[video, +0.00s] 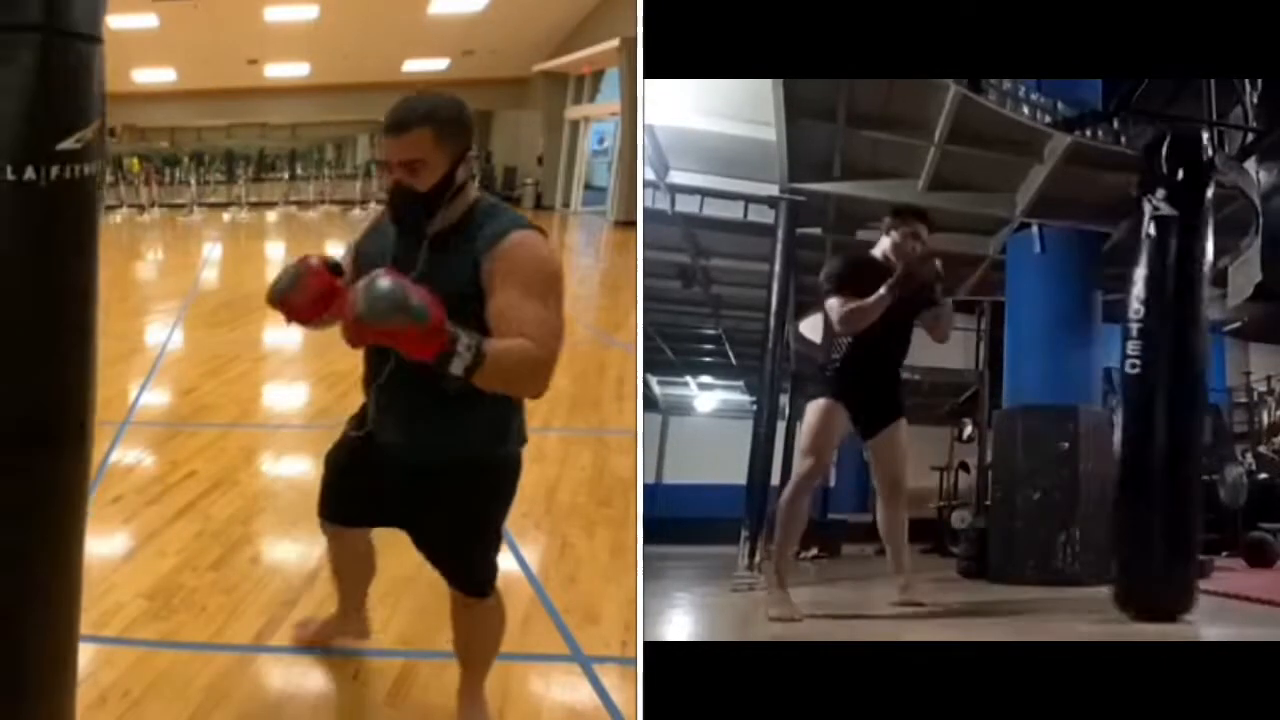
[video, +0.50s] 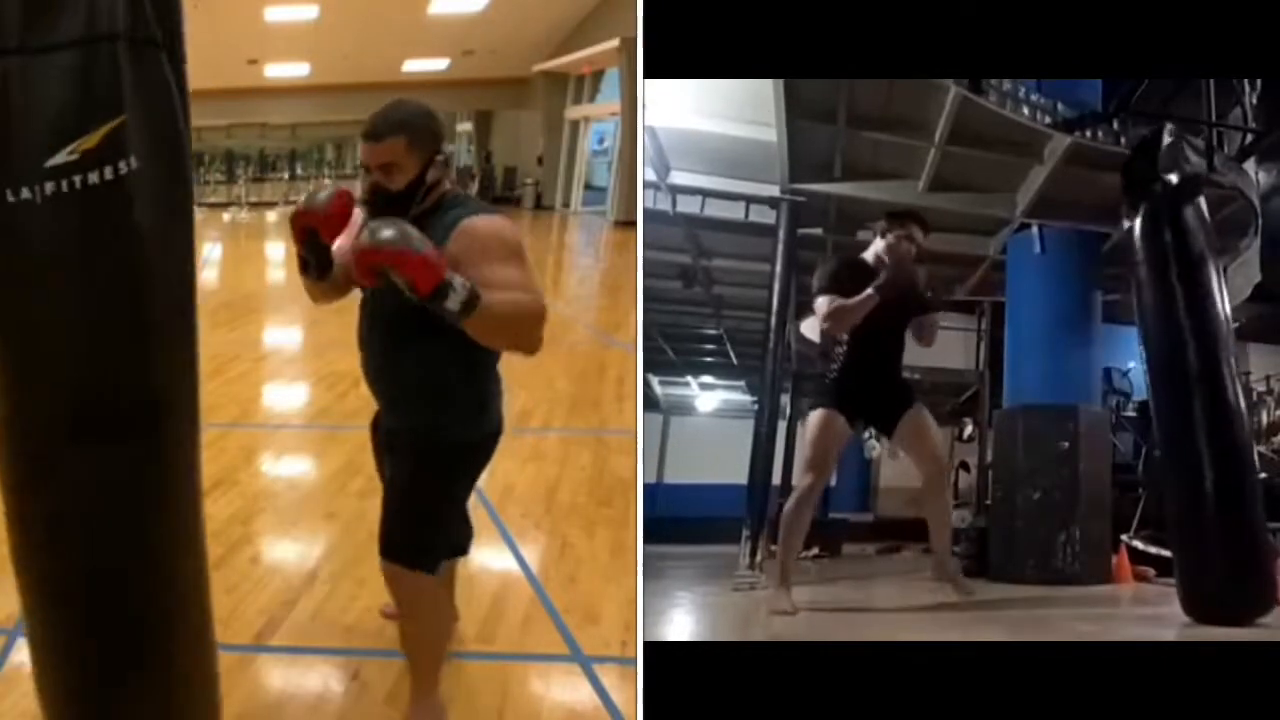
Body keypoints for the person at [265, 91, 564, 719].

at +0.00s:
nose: (396, 181)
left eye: (413, 167)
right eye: (388, 166)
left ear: (460, 161)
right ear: (380, 161)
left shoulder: (515, 247)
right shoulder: (388, 229)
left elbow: (531, 372)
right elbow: (360, 323)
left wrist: (442, 343)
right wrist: (323, 298)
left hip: (471, 445)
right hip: (385, 426)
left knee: (471, 579)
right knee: (342, 504)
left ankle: (472, 695)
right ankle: (351, 619)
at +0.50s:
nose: (373, 182)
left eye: (388, 170)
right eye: (368, 169)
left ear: (430, 163)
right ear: (364, 161)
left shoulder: (480, 231)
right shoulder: (381, 217)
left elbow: (527, 332)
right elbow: (329, 289)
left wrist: (441, 288)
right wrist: (312, 248)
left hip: (450, 424)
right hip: (400, 410)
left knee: (409, 562)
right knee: (423, 520)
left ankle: (424, 700)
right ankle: (436, 606)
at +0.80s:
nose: (364, 187)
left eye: (379, 174)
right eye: (360, 174)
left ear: (422, 169)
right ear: (362, 164)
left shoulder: (434, 236)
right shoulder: (396, 222)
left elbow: (365, 300)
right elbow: (344, 284)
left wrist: (264, 299)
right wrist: (315, 252)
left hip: (453, 424)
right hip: (418, 409)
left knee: (434, 565)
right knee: (420, 508)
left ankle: (431, 701)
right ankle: (433, 588)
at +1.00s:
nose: (385, 185)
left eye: (399, 172)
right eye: (379, 172)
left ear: (436, 168)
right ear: (375, 165)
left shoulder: (467, 238)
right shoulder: (393, 218)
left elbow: (458, 337)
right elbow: (350, 299)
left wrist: (389, 277)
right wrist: (334, 257)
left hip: (469, 408)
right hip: (419, 393)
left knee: (387, 500)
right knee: (429, 499)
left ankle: (429, 620)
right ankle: (445, 590)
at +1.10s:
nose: (388, 180)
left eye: (402, 166)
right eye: (380, 167)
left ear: (438, 164)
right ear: (375, 163)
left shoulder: (462, 229)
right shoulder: (401, 215)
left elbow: (429, 319)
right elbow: (392, 291)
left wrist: (367, 266)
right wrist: (346, 266)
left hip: (482, 394)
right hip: (435, 384)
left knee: (399, 479)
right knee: (439, 489)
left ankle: (440, 583)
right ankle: (448, 585)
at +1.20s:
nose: (391, 179)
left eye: (406, 167)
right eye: (384, 166)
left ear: (441, 163)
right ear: (378, 161)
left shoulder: (462, 225)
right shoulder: (402, 213)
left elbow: (410, 289)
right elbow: (399, 285)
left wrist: (358, 215)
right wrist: (352, 294)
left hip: (490, 394)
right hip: (440, 386)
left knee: (418, 489)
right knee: (448, 492)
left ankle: (453, 601)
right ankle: (447, 582)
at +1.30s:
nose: (413, 178)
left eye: (428, 165)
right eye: (404, 166)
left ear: (459, 161)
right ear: (395, 162)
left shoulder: (474, 223)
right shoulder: (409, 216)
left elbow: (419, 272)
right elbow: (376, 286)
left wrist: (366, 190)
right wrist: (324, 326)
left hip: (495, 403)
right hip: (437, 396)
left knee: (437, 525)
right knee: (447, 501)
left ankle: (453, 668)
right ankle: (444, 585)